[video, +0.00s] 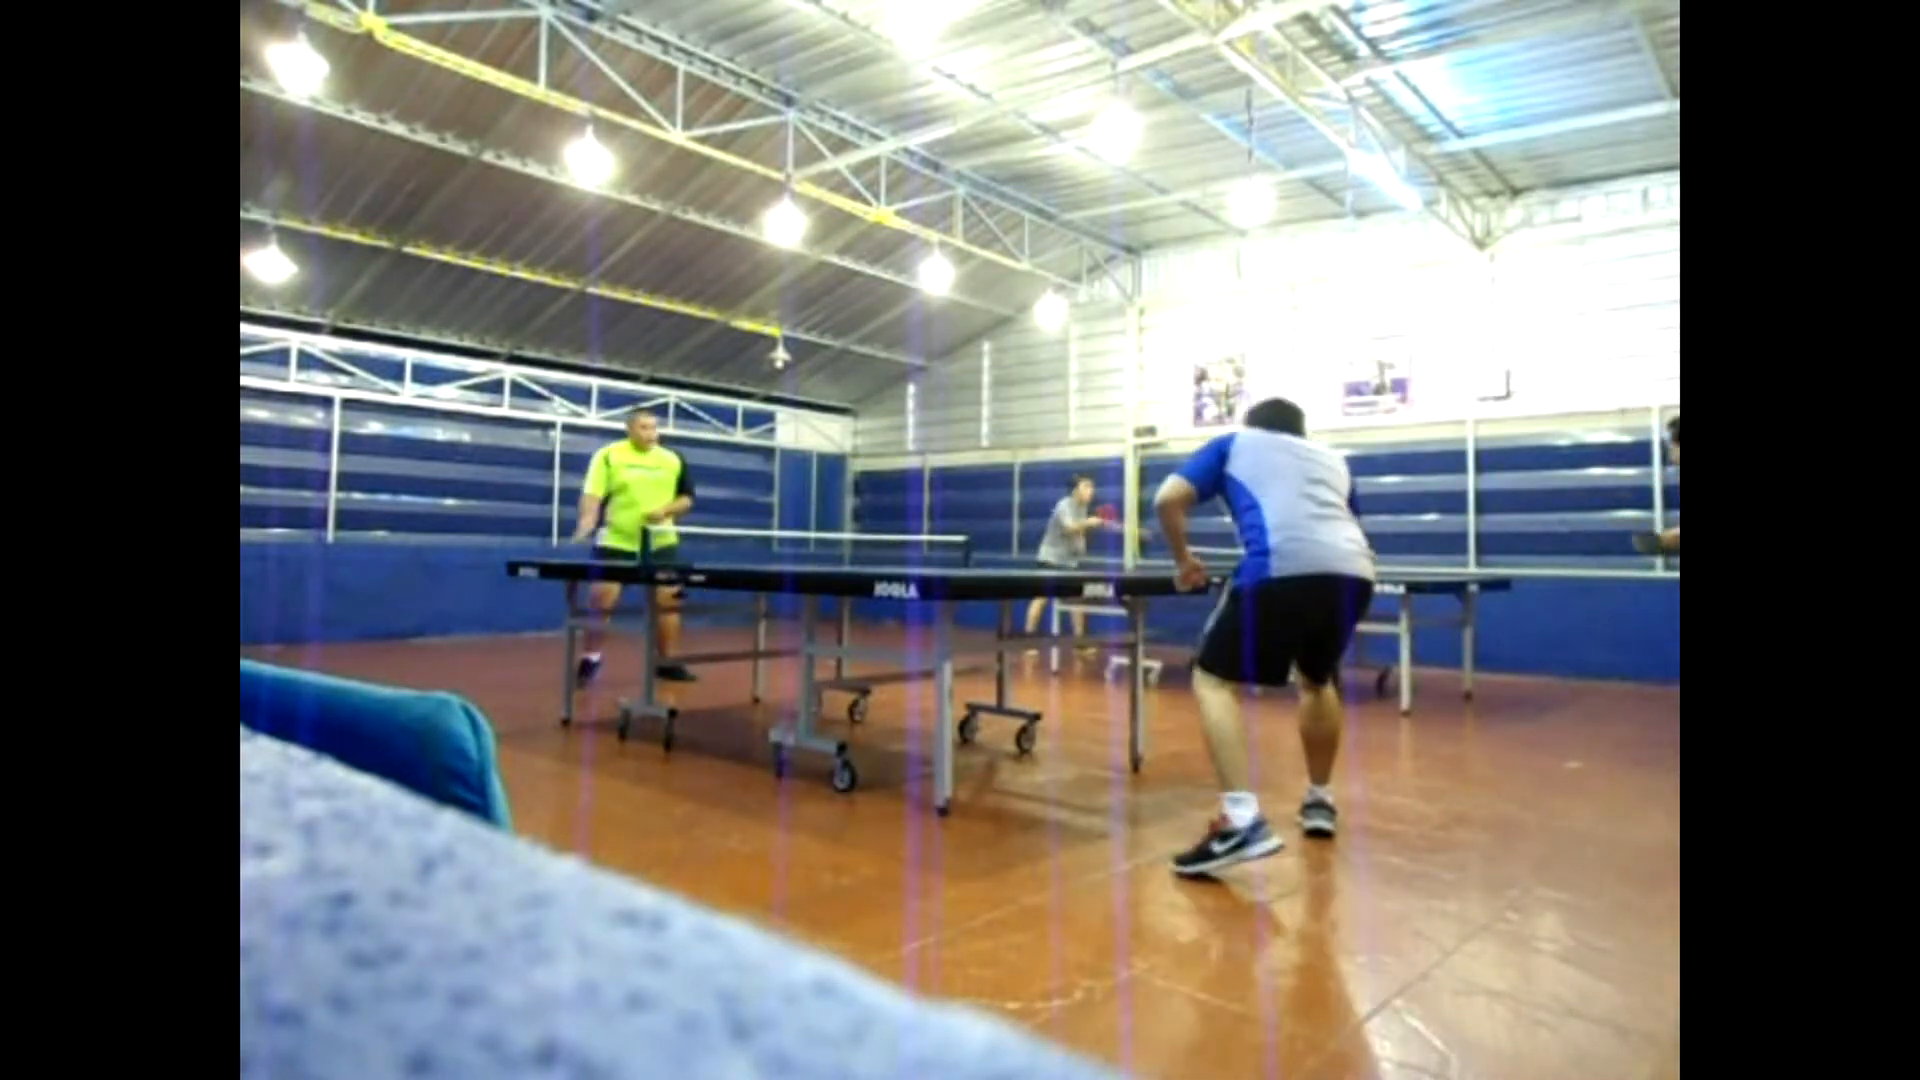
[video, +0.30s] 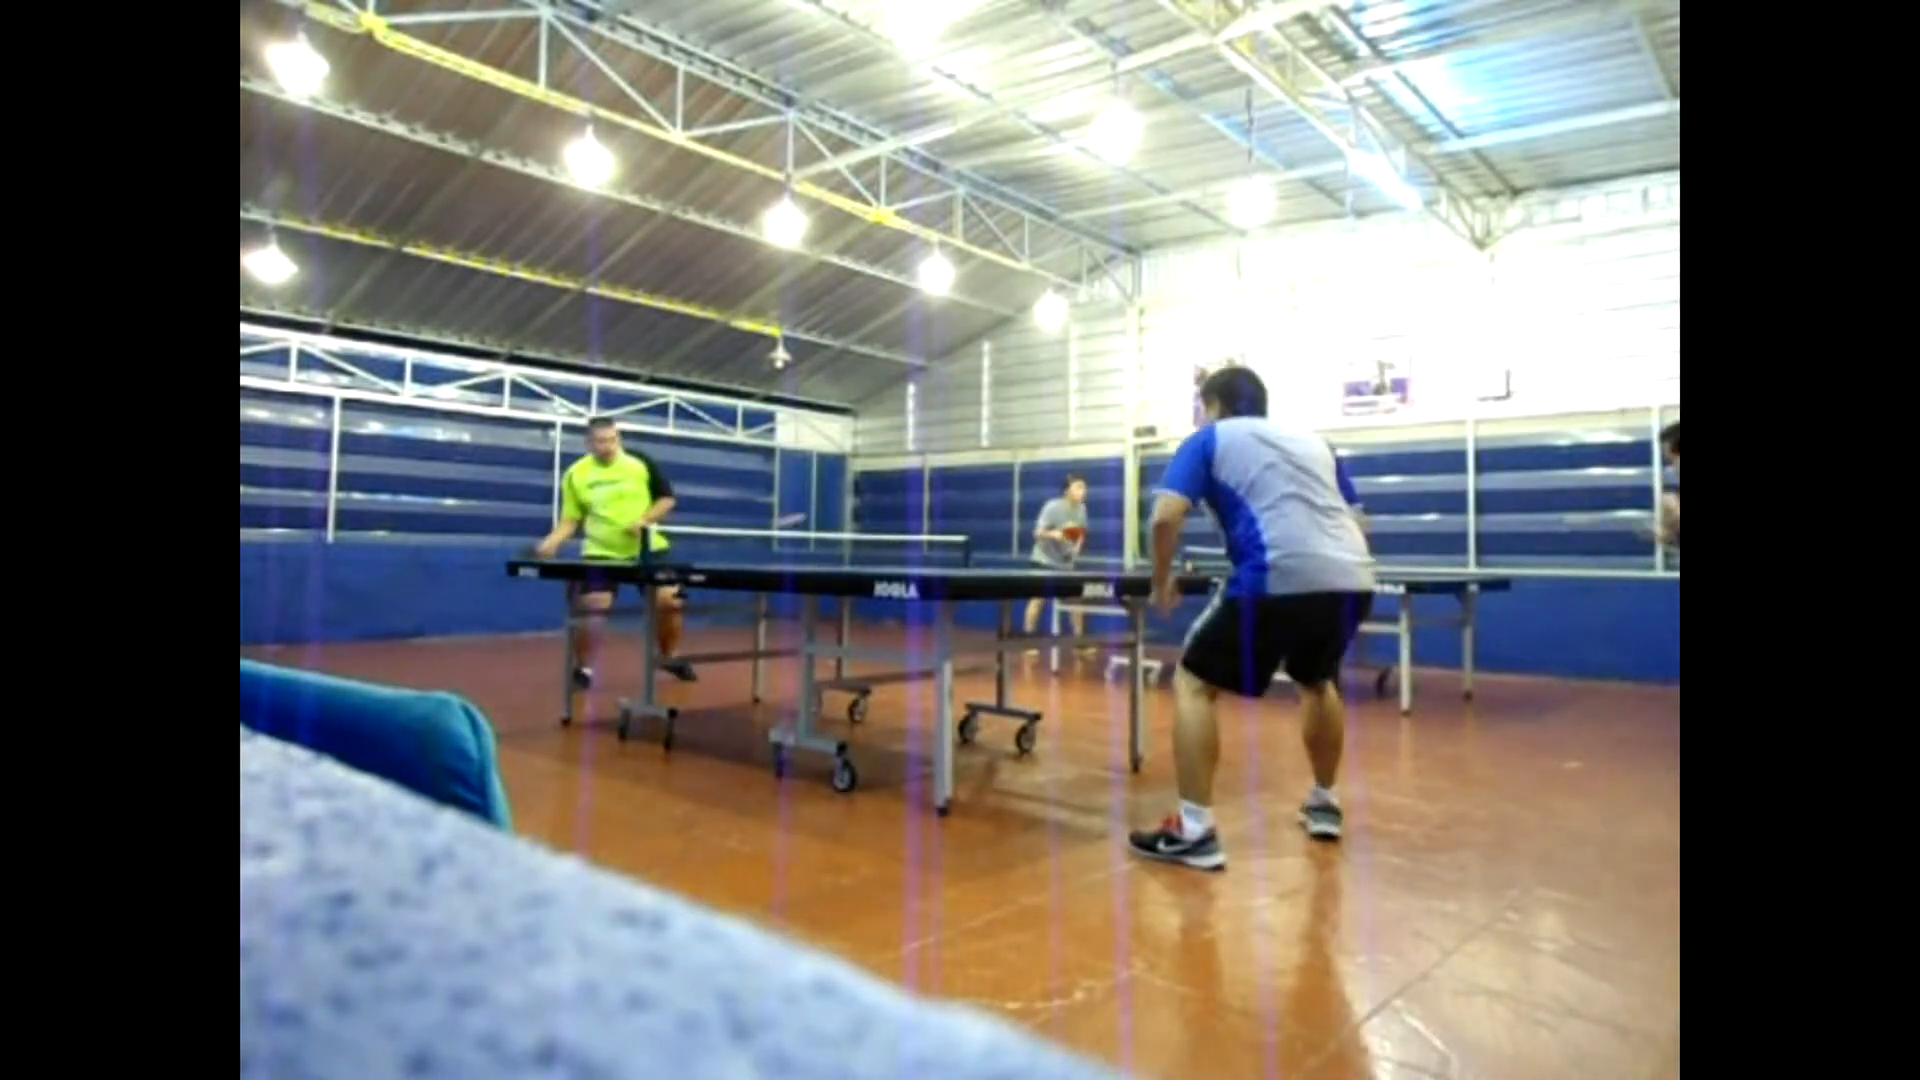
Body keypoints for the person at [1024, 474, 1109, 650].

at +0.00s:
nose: (1089, 492)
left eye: (1091, 488)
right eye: (1085, 487)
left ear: (1091, 492)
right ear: (1076, 489)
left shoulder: (1082, 509)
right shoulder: (1064, 505)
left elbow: (1079, 529)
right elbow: (1069, 526)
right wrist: (1091, 522)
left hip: (1072, 560)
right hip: (1051, 559)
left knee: (1077, 600)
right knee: (1042, 596)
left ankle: (1079, 638)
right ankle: (1029, 633)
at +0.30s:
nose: (1081, 492)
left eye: (1083, 488)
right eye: (1077, 488)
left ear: (1085, 492)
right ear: (1068, 490)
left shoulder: (1081, 509)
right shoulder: (1053, 506)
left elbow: (1081, 529)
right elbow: (1038, 532)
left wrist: (1078, 542)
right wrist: (1054, 534)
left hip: (1067, 561)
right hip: (1044, 561)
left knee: (1075, 600)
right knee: (1038, 598)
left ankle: (1079, 637)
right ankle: (1028, 635)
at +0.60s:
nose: (1080, 503)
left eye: (1081, 499)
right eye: (1076, 499)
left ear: (1083, 501)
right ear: (1066, 501)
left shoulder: (1081, 518)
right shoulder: (1051, 516)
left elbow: (1081, 537)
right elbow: (1031, 540)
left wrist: (1075, 547)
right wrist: (1055, 548)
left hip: (1063, 563)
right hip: (1040, 562)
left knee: (1075, 599)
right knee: (1038, 597)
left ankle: (1079, 639)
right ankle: (1028, 636)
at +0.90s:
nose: (1086, 499)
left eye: (1087, 494)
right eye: (1082, 494)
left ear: (1088, 498)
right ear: (1073, 495)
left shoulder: (1079, 513)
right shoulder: (1058, 509)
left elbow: (1076, 531)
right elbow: (1060, 532)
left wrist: (1095, 530)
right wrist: (1084, 531)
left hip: (1067, 561)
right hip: (1045, 560)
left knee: (1076, 599)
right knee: (1041, 597)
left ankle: (1079, 639)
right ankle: (1029, 636)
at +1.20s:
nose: (1079, 488)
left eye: (1080, 484)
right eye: (1075, 483)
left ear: (1083, 488)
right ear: (1066, 486)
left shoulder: (1077, 508)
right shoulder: (1053, 503)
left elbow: (1075, 533)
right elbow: (1050, 523)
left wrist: (1078, 554)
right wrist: (1073, 517)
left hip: (1070, 559)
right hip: (1048, 558)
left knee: (1076, 600)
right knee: (1038, 597)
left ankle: (1080, 638)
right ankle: (1025, 634)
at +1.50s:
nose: (1061, 490)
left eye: (1065, 485)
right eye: (1057, 485)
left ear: (1070, 488)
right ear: (1050, 485)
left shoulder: (1068, 508)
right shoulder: (1039, 506)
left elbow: (1070, 529)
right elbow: (1025, 531)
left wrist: (1068, 546)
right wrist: (1045, 535)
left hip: (1059, 561)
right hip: (1036, 561)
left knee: (1068, 600)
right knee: (1031, 599)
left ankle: (1073, 638)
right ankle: (1023, 635)